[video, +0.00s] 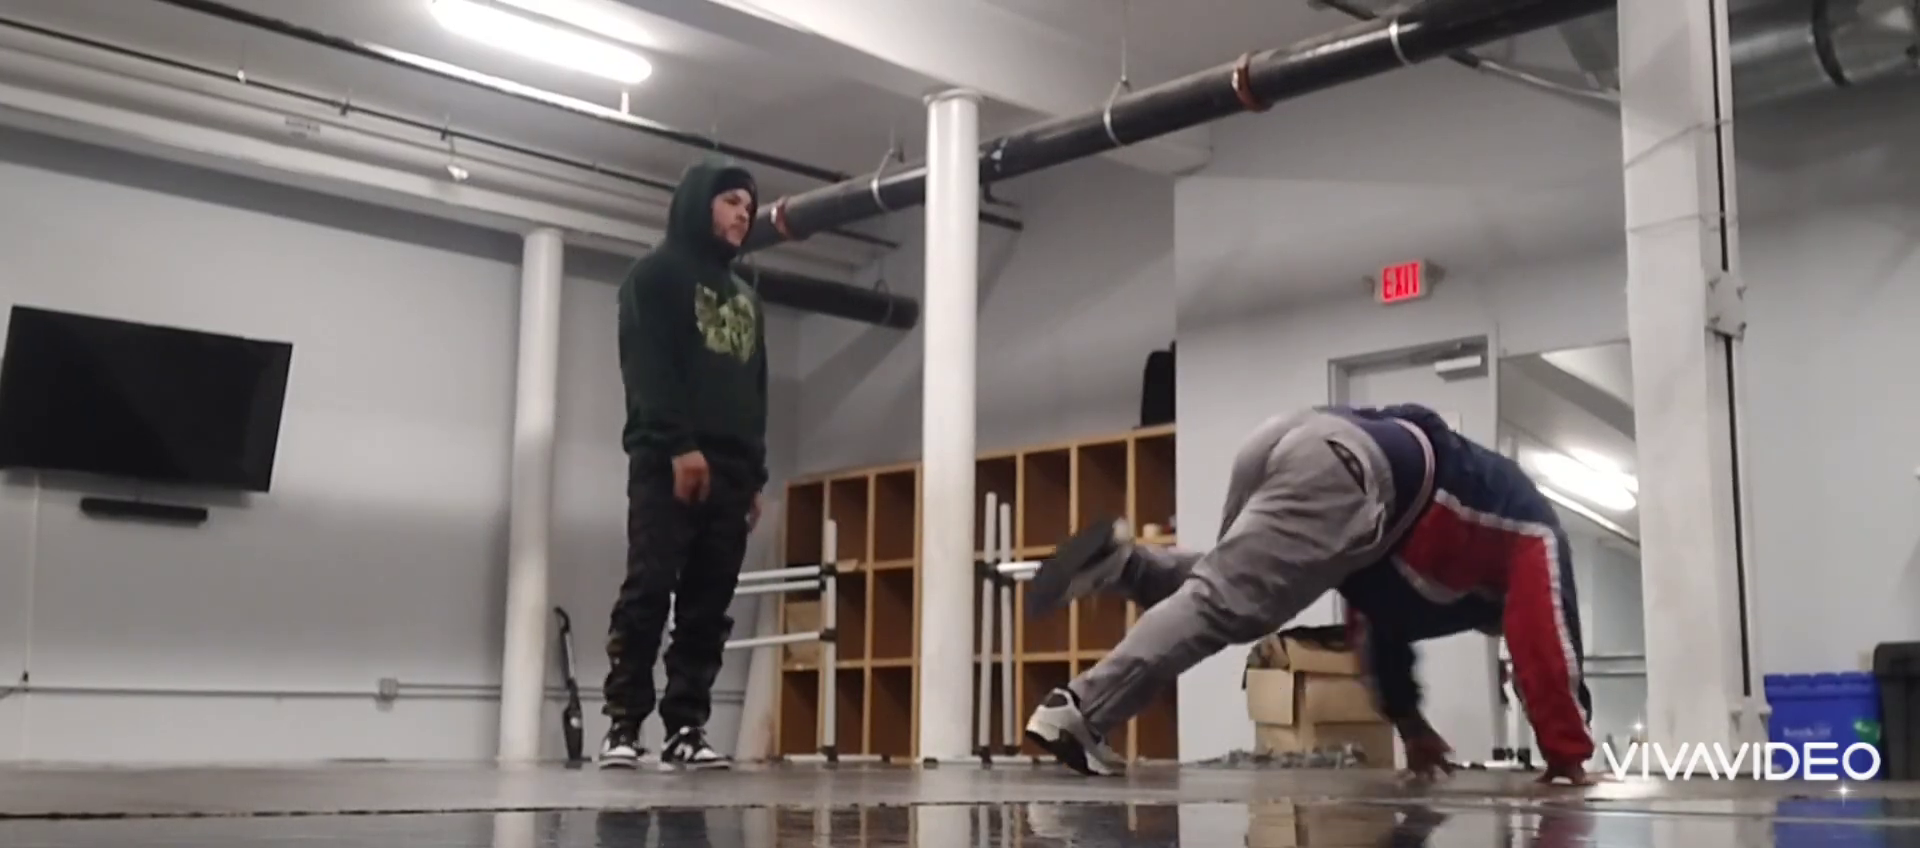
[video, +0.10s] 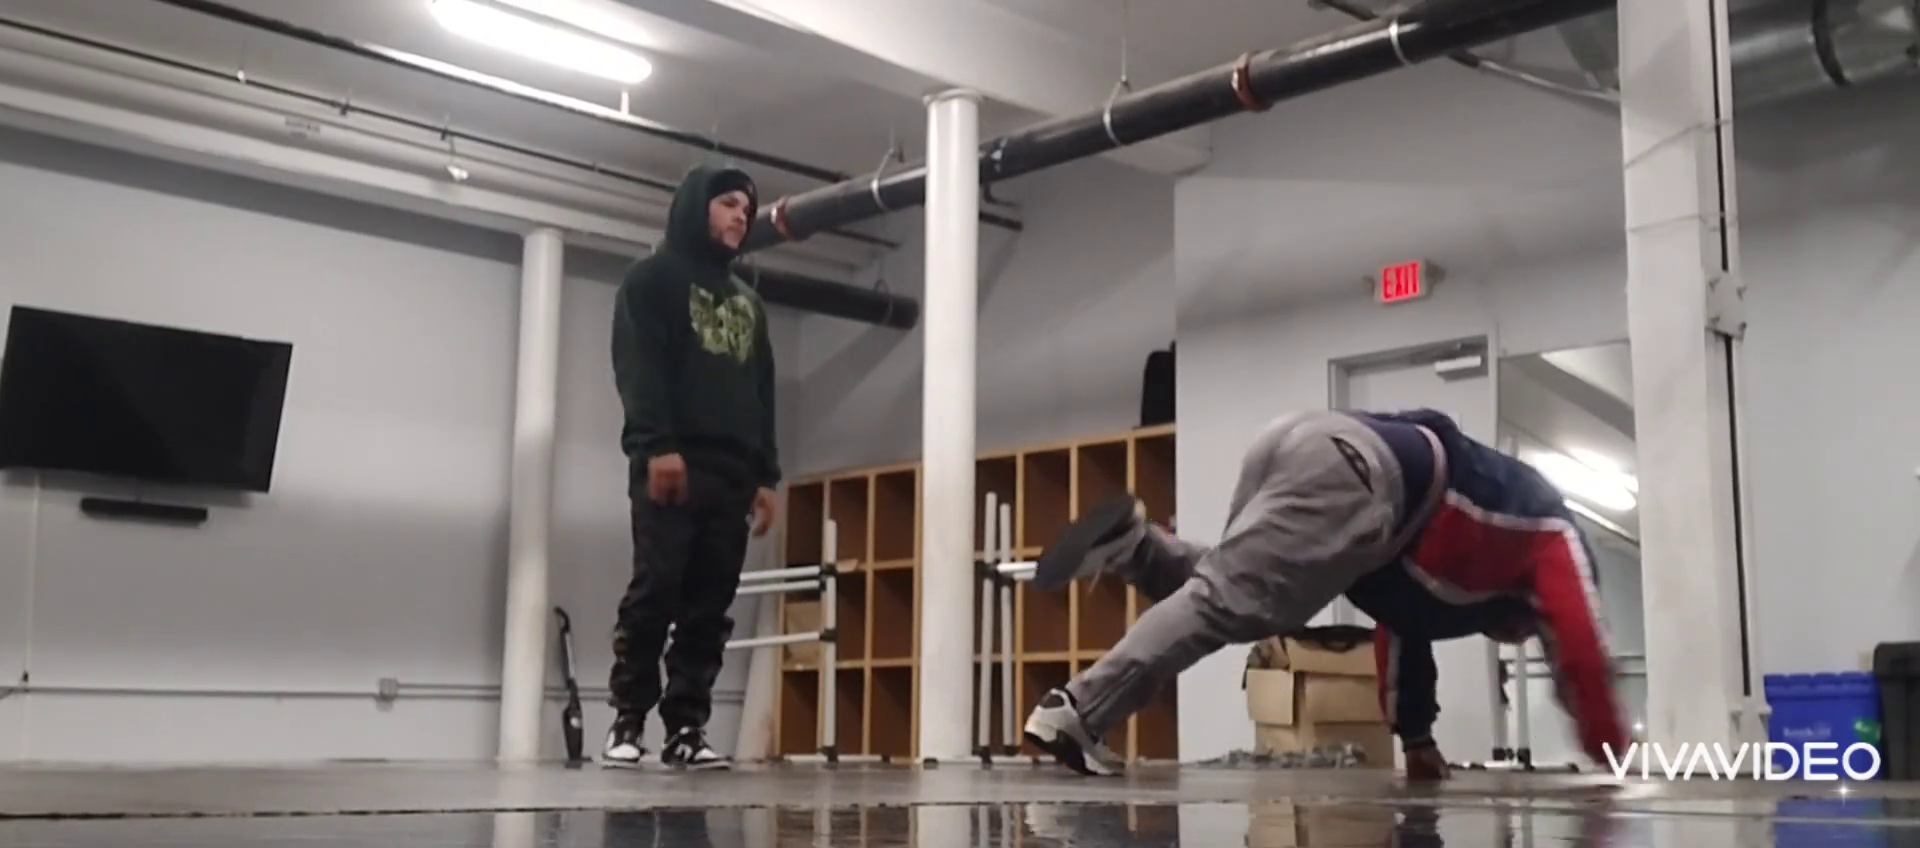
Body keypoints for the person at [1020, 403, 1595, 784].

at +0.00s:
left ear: (1493, 604)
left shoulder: (1420, 582)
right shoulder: (1533, 530)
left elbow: (1380, 642)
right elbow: (1539, 652)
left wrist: (1413, 731)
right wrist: (1569, 756)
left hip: (1280, 434)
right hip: (1348, 460)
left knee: (1240, 586)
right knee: (1224, 606)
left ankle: (1122, 563)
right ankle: (1073, 715)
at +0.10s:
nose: (1513, 638)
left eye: (1520, 635)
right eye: (1526, 632)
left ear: (1504, 605)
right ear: (1542, 595)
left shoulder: (1426, 591)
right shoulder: (1550, 532)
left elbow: (1408, 659)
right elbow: (1578, 645)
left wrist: (1419, 748)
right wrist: (1610, 750)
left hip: (1294, 436)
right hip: (1357, 463)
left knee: (1253, 596)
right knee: (1225, 605)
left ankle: (1136, 546)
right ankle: (1071, 714)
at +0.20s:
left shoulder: (1448, 584)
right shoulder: (1574, 553)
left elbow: (1416, 650)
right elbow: (1594, 651)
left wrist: (1421, 751)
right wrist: (1650, 761)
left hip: (1341, 437)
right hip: (1390, 486)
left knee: (1241, 569)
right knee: (1227, 621)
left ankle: (1150, 524)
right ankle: (1073, 715)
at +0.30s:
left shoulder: (1485, 586)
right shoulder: (1604, 557)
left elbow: (1426, 645)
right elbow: (1601, 689)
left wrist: (1436, 748)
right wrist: (1648, 773)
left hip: (1366, 442)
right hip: (1421, 507)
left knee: (1273, 552)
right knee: (1239, 630)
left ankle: (1178, 536)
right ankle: (1078, 717)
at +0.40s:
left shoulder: (1497, 587)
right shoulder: (1622, 552)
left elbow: (1443, 641)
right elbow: (1620, 676)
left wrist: (1454, 752)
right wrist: (1643, 764)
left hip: (1354, 460)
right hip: (1425, 511)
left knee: (1315, 597)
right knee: (1248, 639)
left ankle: (1224, 603)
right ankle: (1082, 722)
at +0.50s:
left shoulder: (1506, 575)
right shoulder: (1624, 547)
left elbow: (1454, 645)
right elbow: (1618, 680)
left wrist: (1457, 751)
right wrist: (1645, 764)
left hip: (1351, 463)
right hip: (1419, 516)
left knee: (1323, 591)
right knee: (1244, 640)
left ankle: (1211, 597)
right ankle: (1077, 720)